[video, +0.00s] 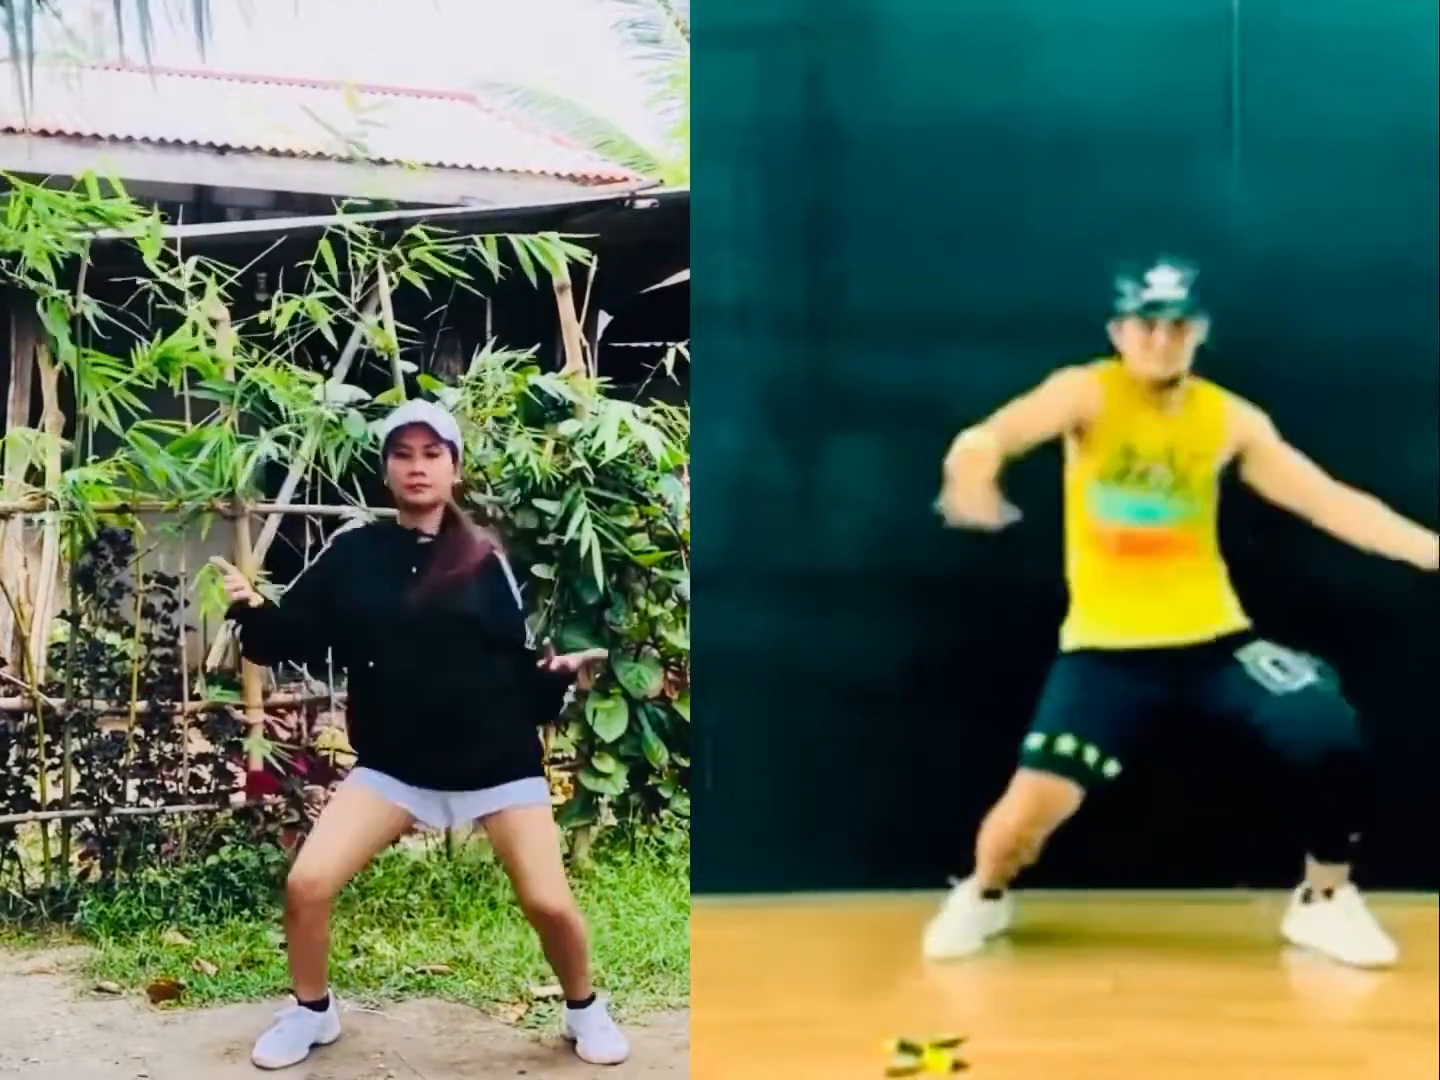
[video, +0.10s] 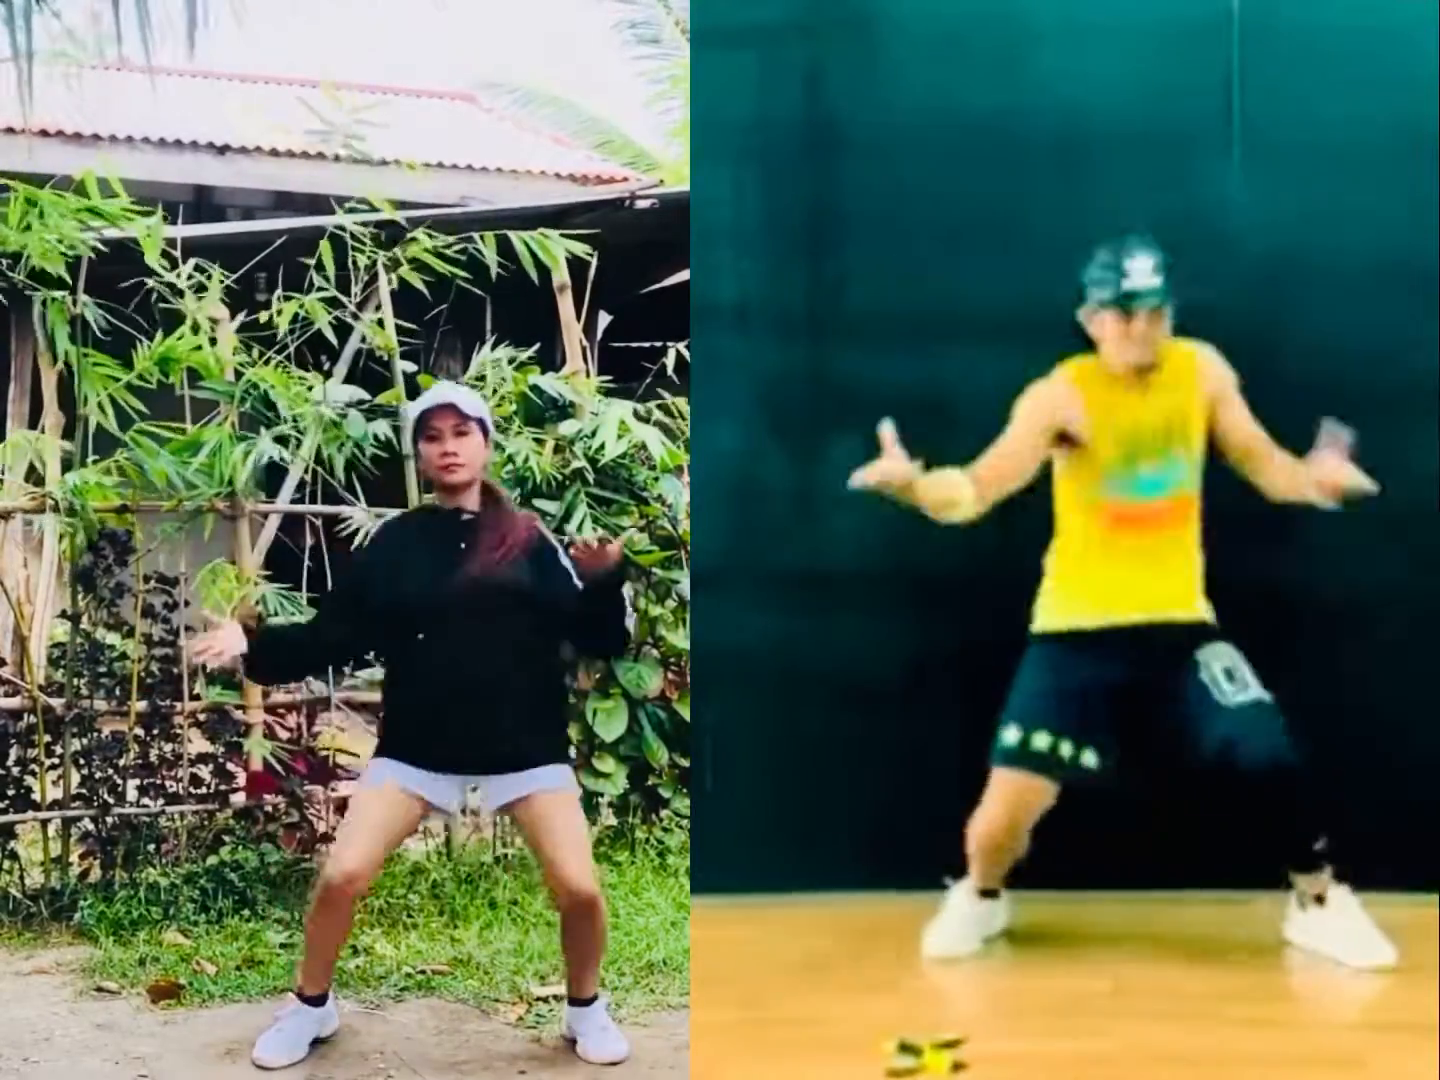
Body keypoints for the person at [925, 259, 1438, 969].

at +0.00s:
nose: (1161, 340)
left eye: (1177, 325)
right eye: (1146, 323)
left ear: (1199, 333)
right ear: (1117, 330)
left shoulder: (1230, 421)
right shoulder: (1083, 393)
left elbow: (1330, 503)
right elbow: (983, 442)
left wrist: (1430, 550)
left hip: (1215, 641)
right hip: (1104, 648)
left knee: (1328, 730)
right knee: (1032, 808)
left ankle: (1325, 900)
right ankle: (981, 898)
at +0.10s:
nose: (1138, 328)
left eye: (1150, 311)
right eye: (1121, 313)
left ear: (1169, 312)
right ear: (1090, 318)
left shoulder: (1200, 370)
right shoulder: (1058, 398)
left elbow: (1266, 467)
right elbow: (973, 493)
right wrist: (910, 481)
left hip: (1180, 624)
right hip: (1074, 629)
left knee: (1269, 753)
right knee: (1001, 817)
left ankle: (1319, 903)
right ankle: (979, 899)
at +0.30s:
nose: (1124, 266)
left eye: (1128, 250)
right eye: (1109, 250)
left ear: (1126, 250)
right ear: (1059, 251)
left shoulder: (1130, 328)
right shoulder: (993, 312)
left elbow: (1157, 445)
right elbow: (920, 403)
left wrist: (1254, 406)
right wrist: (931, 367)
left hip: (1137, 565)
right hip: (1035, 590)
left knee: (1282, 623)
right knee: (1003, 777)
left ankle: (1277, 810)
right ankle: (972, 894)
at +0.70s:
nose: (1115, 228)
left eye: (1131, 213)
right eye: (1101, 210)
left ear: (1150, 219)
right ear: (1070, 210)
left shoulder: (1165, 298)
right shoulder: (1019, 278)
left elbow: (1191, 406)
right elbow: (931, 364)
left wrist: (1282, 373)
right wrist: (947, 328)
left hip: (1170, 535)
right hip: (1061, 553)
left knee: (1296, 643)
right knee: (1018, 730)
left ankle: (1342, 824)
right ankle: (998, 877)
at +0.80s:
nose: (1128, 280)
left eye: (1144, 264)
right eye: (1114, 261)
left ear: (1165, 272)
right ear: (1084, 263)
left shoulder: (1191, 362)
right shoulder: (1035, 333)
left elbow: (1290, 446)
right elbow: (928, 382)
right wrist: (959, 355)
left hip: (1193, 592)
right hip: (1080, 603)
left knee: (1296, 719)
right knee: (1014, 771)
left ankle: (1326, 896)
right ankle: (1017, 891)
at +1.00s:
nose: (1208, 296)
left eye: (1224, 277)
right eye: (1192, 277)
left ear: (1248, 277)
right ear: (1167, 280)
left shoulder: (1279, 342)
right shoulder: (1130, 358)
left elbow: (1334, 448)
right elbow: (1044, 461)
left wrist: (1362, 427)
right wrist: (960, 467)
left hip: (1247, 606)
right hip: (1145, 606)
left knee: (1353, 736)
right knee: (1091, 776)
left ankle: (1331, 900)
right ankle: (967, 870)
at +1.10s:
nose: (1239, 246)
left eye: (1252, 229)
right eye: (1222, 231)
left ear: (1273, 235)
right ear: (1192, 240)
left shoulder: (1306, 306)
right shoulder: (1163, 321)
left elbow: (1332, 413)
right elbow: (1144, 425)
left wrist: (1363, 377)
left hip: (1278, 579)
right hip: (1171, 571)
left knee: (1363, 729)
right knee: (1076, 727)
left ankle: (1332, 897)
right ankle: (956, 821)